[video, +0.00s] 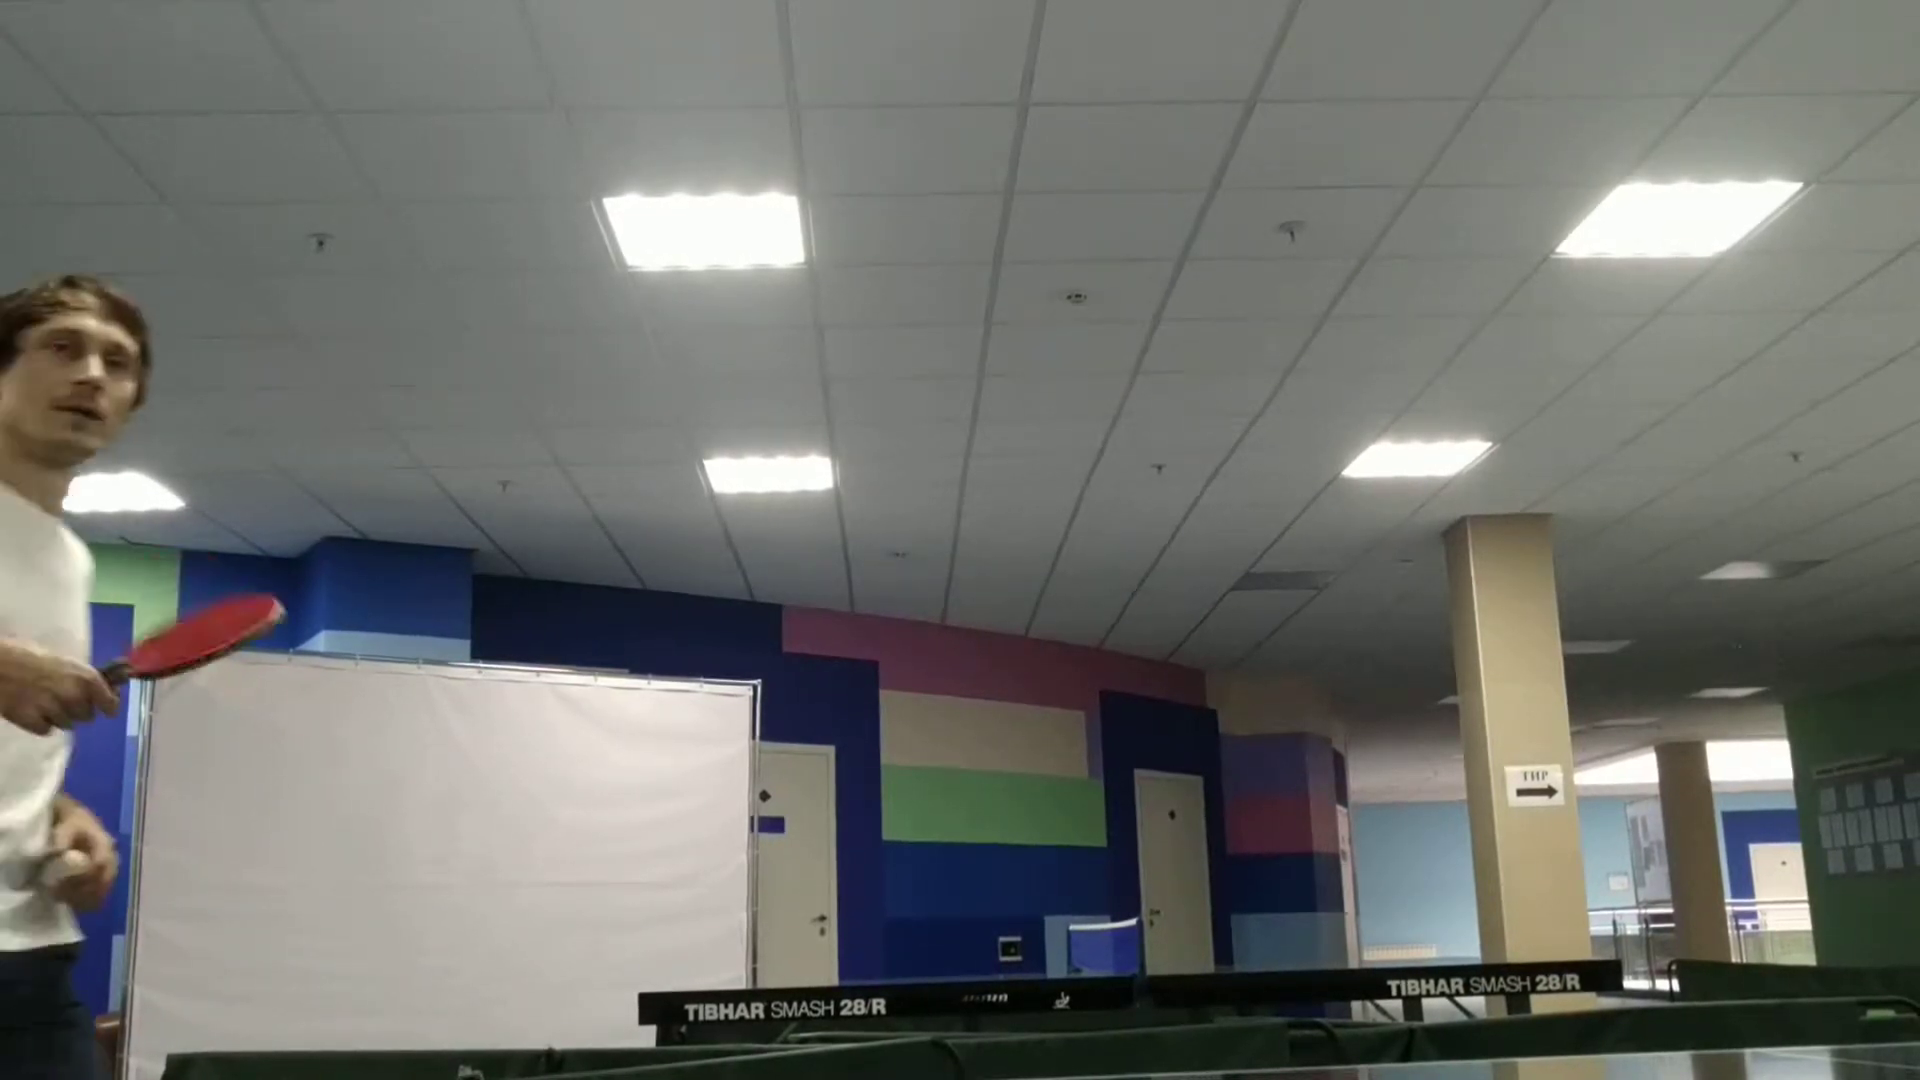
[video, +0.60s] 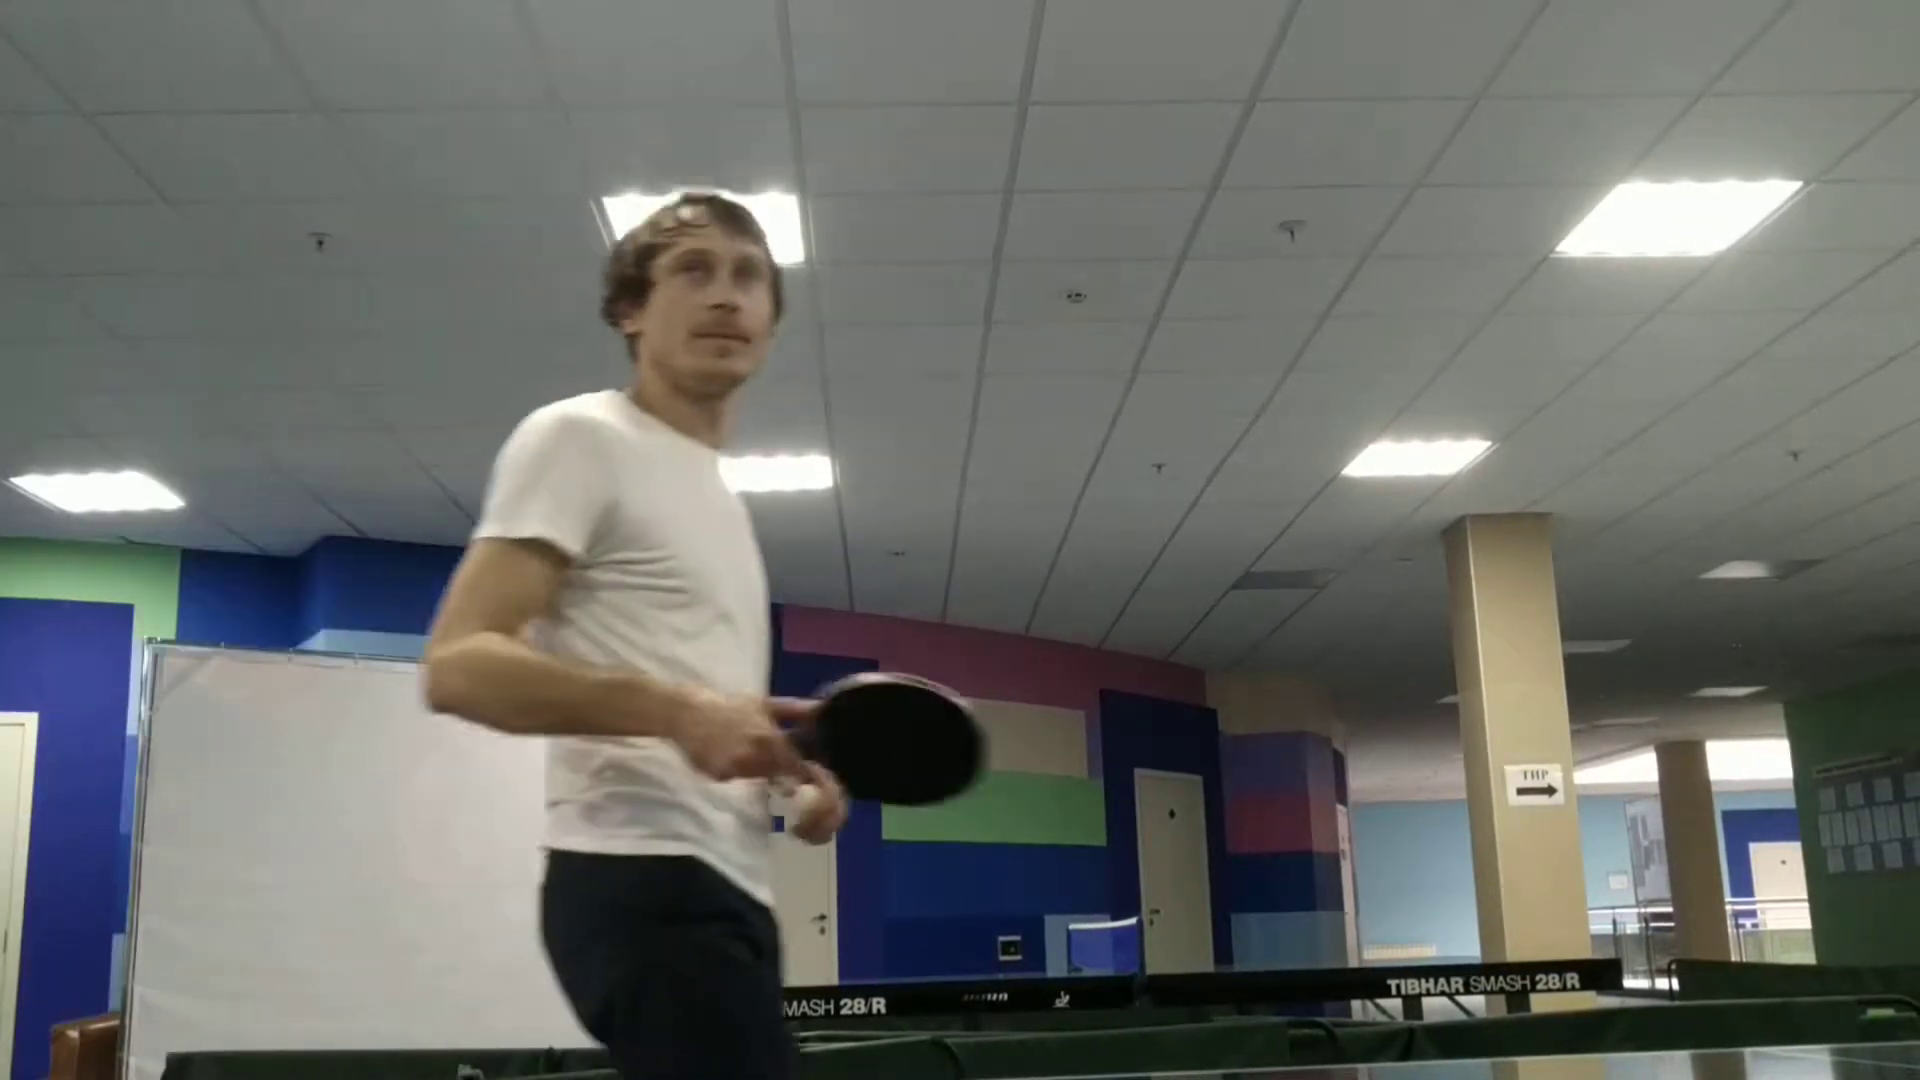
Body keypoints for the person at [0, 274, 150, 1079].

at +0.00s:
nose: (91, 373)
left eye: (116, 361)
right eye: (62, 346)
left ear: (132, 403)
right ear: (6, 367)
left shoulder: (72, 559)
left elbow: (26, 754)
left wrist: (65, 815)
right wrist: (5, 666)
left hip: (35, 949)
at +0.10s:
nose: (198, 350)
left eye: (223, 340)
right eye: (170, 325)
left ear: (236, 385)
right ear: (99, 355)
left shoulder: (183, 542)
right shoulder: (18, 455)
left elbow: (138, 710)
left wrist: (180, 800)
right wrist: (68, 693)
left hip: (145, 940)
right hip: (17, 926)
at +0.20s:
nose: (293, 324)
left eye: (319, 312)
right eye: (265, 300)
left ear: (339, 362)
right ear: (200, 335)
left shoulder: (293, 528)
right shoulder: (107, 437)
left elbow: (239, 714)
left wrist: (289, 802)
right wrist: (140, 708)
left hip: (236, 911)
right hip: (92, 889)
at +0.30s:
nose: (387, 318)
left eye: (415, 304)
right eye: (359, 294)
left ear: (438, 353)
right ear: (298, 331)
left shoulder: (400, 523)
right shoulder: (212, 443)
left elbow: (355, 713)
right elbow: (37, 647)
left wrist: (408, 799)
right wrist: (233, 717)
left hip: (343, 912)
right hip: (216, 893)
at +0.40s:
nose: (491, 319)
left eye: (518, 305)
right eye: (460, 297)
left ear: (541, 354)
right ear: (401, 336)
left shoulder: (506, 526)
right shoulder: (323, 456)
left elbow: (467, 722)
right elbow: (157, 665)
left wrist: (528, 795)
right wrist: (350, 719)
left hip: (469, 922)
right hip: (353, 905)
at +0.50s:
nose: (605, 310)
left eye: (630, 293)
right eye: (573, 287)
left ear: (655, 342)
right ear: (514, 327)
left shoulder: (616, 514)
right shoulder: (443, 452)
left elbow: (601, 711)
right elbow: (297, 675)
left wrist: (663, 790)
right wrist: (497, 716)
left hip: (607, 904)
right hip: (509, 898)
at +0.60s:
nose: (727, 293)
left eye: (749, 275)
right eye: (694, 270)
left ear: (774, 318)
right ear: (631, 312)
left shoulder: (716, 492)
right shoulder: (579, 435)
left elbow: (694, 701)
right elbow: (458, 664)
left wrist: (782, 774)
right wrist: (678, 715)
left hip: (720, 883)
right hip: (640, 883)